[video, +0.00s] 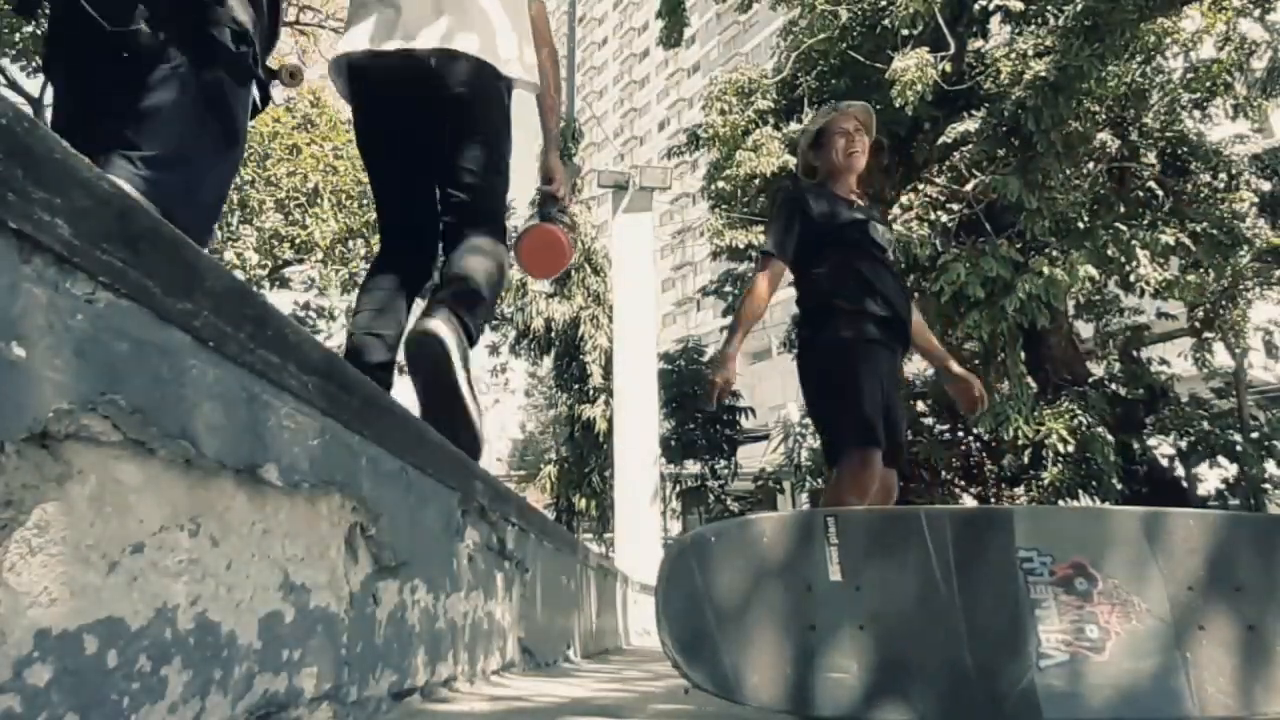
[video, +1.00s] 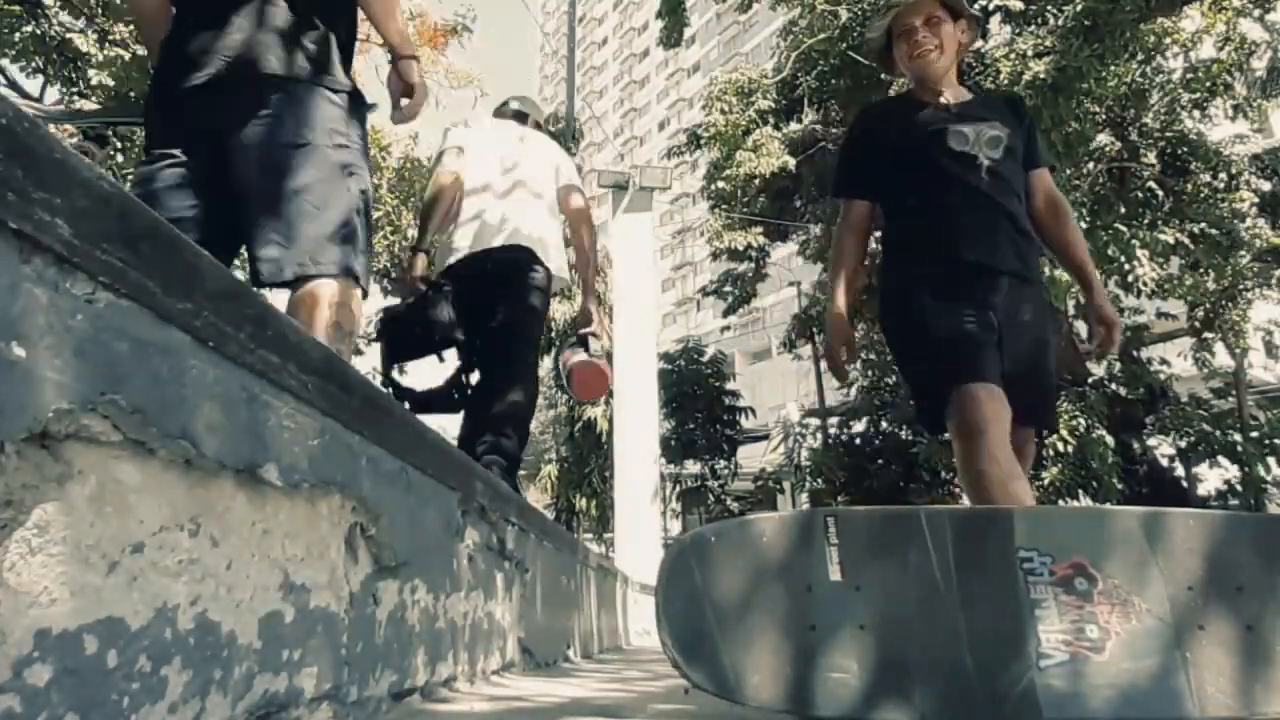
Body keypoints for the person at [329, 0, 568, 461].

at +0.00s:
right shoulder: (519, 6)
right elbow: (543, 50)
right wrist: (551, 146)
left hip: (373, 50)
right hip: (471, 48)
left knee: (403, 238)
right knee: (477, 227)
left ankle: (358, 387)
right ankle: (448, 326)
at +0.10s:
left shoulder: (394, 7)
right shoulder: (530, 5)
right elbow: (552, 60)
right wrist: (569, 169)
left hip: (388, 85)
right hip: (480, 85)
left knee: (412, 257)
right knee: (489, 269)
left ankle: (369, 392)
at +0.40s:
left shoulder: (430, 10)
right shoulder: (536, 27)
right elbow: (578, 105)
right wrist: (603, 196)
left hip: (436, 152)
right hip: (518, 155)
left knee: (459, 316)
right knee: (512, 327)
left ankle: (415, 447)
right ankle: (493, 474)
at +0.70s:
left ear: (485, 24)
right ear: (533, 39)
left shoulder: (462, 31)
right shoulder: (552, 66)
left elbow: (445, 59)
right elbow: (588, 136)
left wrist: (410, 92)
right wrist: (608, 225)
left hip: (459, 196)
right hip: (530, 202)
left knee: (475, 334)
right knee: (518, 340)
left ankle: (437, 454)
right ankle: (496, 473)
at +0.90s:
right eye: (543, 105)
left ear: (495, 93)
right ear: (536, 104)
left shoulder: (467, 106)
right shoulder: (554, 129)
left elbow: (453, 145)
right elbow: (583, 197)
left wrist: (421, 221)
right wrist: (593, 287)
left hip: (461, 246)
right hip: (529, 252)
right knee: (505, 377)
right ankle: (485, 485)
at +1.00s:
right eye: (544, 128)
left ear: (495, 115)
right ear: (537, 124)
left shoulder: (465, 132)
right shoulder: (553, 151)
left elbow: (448, 182)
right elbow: (578, 213)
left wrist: (420, 249)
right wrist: (588, 299)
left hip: (464, 261)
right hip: (528, 260)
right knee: (514, 373)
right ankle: (495, 461)